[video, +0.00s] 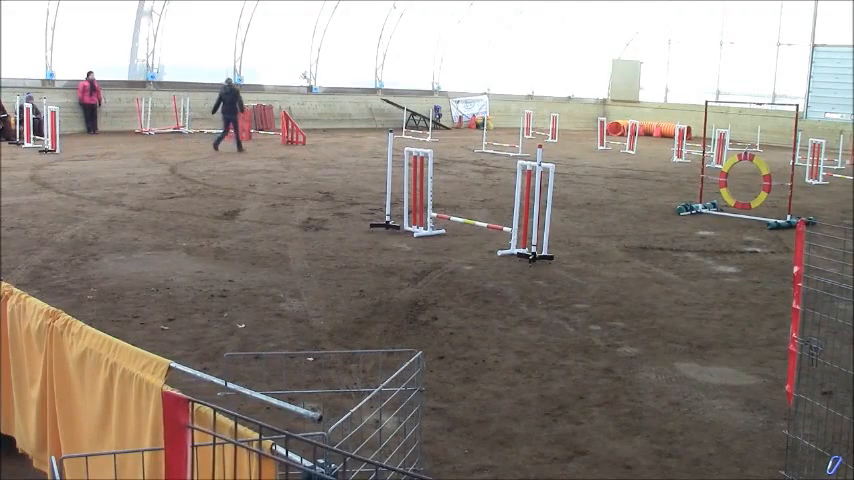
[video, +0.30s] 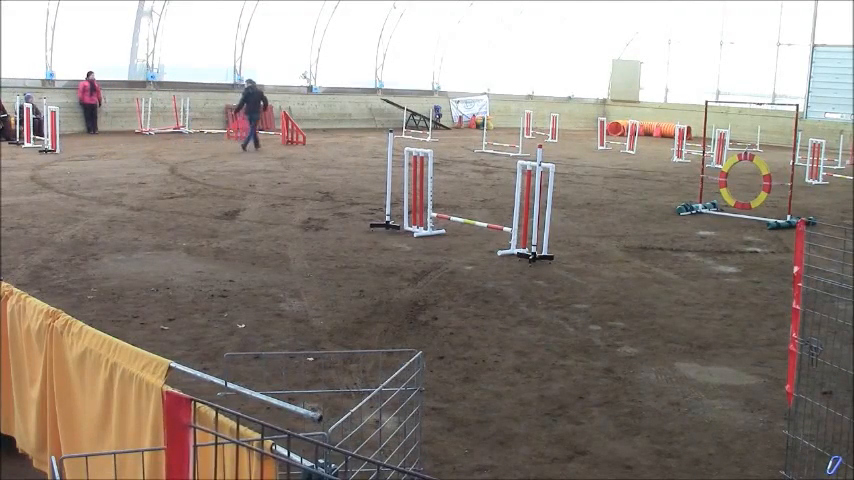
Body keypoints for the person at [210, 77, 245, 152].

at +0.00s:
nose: (229, 84)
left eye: (227, 83)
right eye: (230, 82)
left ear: (225, 83)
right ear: (232, 83)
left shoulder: (223, 90)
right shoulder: (235, 90)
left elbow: (218, 101)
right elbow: (239, 100)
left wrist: (214, 110)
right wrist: (242, 109)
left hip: (225, 113)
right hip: (233, 113)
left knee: (225, 130)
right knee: (236, 130)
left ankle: (216, 143)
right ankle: (239, 146)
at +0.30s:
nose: (246, 86)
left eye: (246, 84)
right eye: (246, 84)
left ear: (248, 84)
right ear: (254, 84)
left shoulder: (246, 92)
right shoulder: (258, 91)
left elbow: (242, 102)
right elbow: (265, 100)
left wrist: (236, 110)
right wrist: (265, 107)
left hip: (249, 111)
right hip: (256, 111)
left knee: (253, 128)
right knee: (253, 128)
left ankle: (257, 143)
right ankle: (245, 144)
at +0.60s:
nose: (268, 86)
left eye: (269, 85)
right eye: (269, 85)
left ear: (269, 85)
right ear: (275, 85)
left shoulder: (268, 92)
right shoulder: (280, 91)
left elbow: (262, 101)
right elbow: (286, 100)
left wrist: (255, 108)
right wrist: (290, 107)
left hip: (270, 112)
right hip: (278, 112)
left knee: (267, 129)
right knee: (281, 129)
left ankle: (262, 144)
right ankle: (282, 145)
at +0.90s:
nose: (290, 87)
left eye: (290, 86)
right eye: (290, 86)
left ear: (291, 86)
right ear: (297, 85)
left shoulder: (291, 92)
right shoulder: (302, 92)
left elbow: (285, 102)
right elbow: (309, 101)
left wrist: (278, 108)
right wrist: (308, 109)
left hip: (292, 111)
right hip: (300, 111)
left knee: (294, 127)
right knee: (294, 127)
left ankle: (296, 141)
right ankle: (287, 141)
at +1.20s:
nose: (318, 86)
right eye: (318, 85)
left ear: (314, 85)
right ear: (319, 85)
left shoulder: (312, 92)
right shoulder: (323, 92)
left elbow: (307, 102)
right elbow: (327, 101)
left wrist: (301, 109)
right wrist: (329, 109)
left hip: (314, 113)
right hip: (321, 113)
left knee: (311, 128)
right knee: (326, 127)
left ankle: (305, 142)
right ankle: (325, 142)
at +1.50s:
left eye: (337, 86)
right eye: (339, 85)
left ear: (336, 86)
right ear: (342, 86)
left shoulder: (334, 93)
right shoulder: (345, 93)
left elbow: (330, 103)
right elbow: (350, 101)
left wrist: (324, 111)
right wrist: (351, 109)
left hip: (335, 111)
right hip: (343, 112)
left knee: (339, 126)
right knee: (339, 127)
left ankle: (338, 140)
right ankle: (333, 141)